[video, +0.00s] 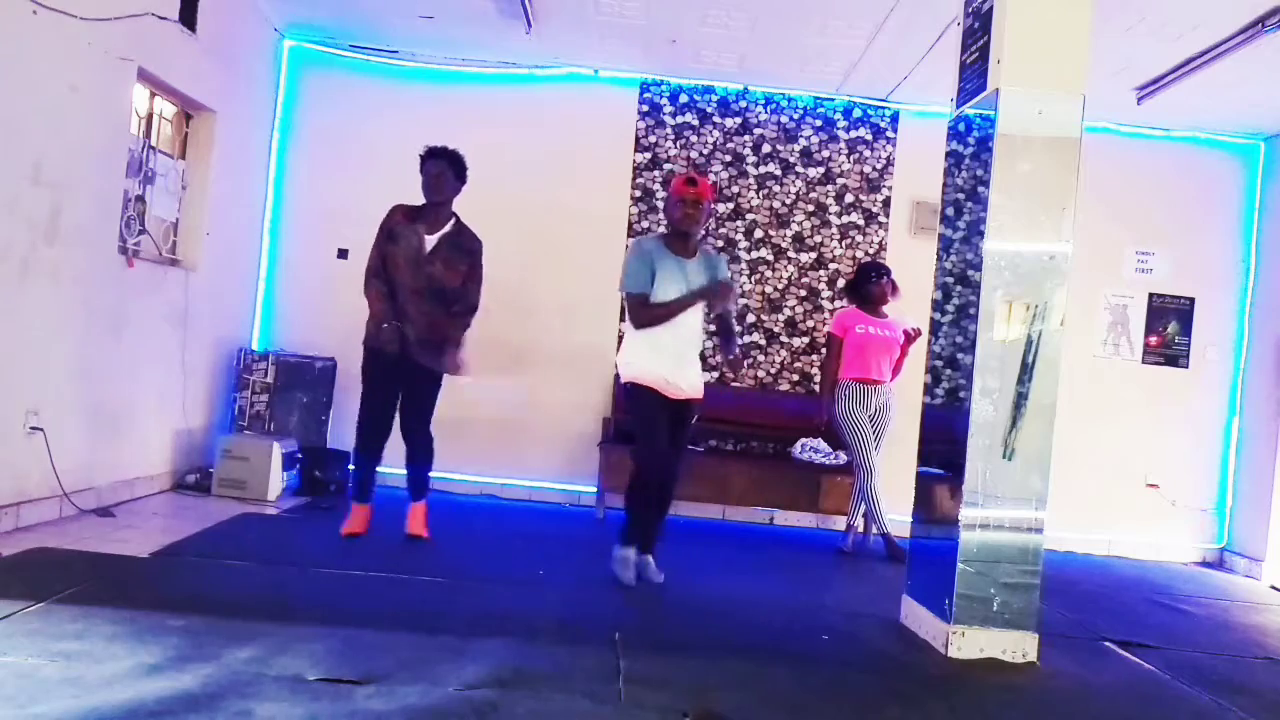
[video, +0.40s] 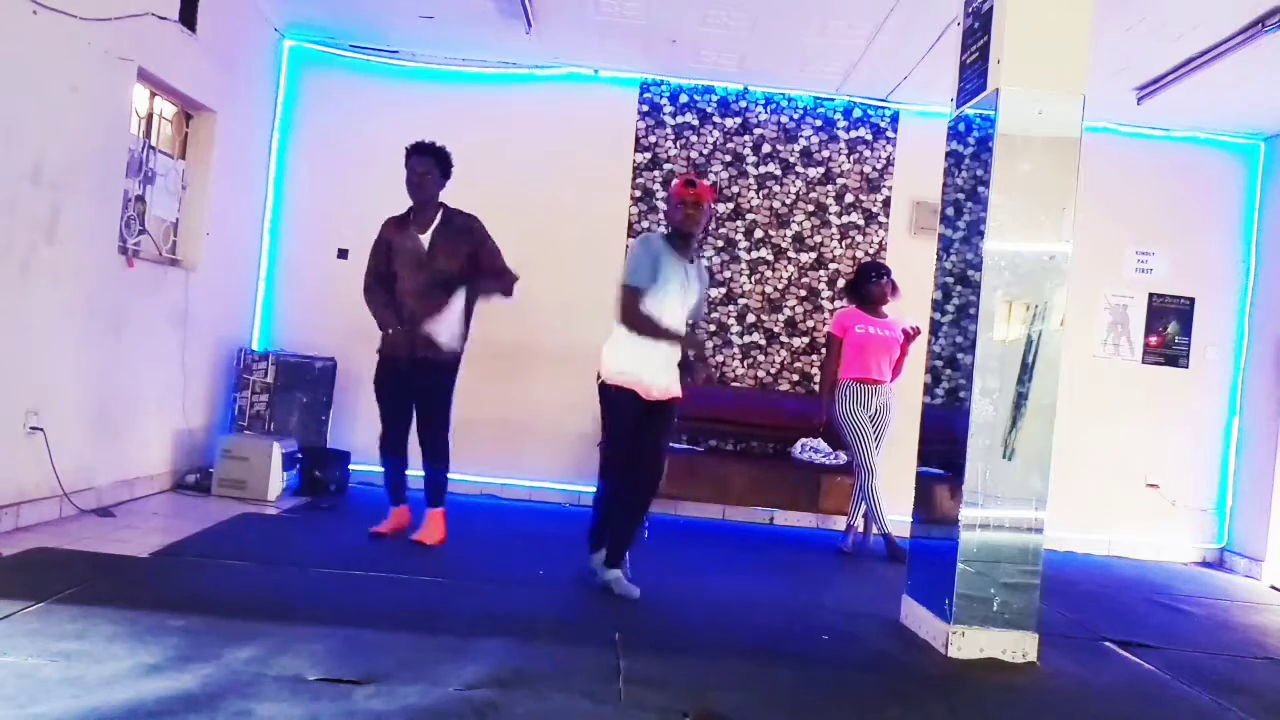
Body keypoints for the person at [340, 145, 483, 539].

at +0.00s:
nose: (431, 182)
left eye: (440, 176)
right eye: (427, 175)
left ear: (459, 183)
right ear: (420, 178)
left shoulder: (468, 243)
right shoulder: (398, 219)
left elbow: (468, 302)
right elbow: (374, 274)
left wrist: (445, 341)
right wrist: (384, 320)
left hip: (428, 353)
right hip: (384, 344)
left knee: (416, 430)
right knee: (371, 425)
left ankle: (418, 507)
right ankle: (361, 506)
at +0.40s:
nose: (416, 181)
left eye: (425, 174)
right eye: (411, 173)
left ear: (442, 180)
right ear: (405, 177)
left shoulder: (466, 227)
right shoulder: (392, 229)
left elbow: (503, 280)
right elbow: (373, 285)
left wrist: (463, 283)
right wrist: (391, 326)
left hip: (439, 355)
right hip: (396, 352)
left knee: (432, 437)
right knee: (392, 435)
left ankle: (435, 515)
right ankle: (399, 510)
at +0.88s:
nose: (429, 181)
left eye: (437, 175)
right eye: (424, 174)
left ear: (453, 180)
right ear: (415, 178)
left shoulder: (468, 237)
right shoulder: (394, 217)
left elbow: (467, 298)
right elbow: (382, 275)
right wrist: (403, 326)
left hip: (440, 348)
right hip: (395, 341)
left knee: (432, 426)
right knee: (385, 419)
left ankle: (442, 506)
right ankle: (353, 494)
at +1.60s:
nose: (426, 187)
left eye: (436, 182)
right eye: (423, 180)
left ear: (453, 191)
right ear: (416, 184)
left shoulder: (468, 235)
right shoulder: (394, 234)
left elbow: (494, 290)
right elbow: (378, 292)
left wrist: (486, 298)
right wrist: (399, 343)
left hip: (444, 351)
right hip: (399, 349)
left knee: (440, 425)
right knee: (405, 423)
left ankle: (415, 491)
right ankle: (406, 504)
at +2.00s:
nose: (420, 180)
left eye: (429, 174)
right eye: (415, 173)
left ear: (445, 181)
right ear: (409, 178)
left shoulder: (462, 233)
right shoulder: (396, 212)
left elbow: (471, 285)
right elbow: (379, 267)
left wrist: (476, 325)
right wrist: (390, 318)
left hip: (434, 342)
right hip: (390, 336)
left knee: (421, 426)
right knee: (381, 420)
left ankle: (412, 500)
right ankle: (367, 499)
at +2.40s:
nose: (414, 182)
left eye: (422, 175)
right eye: (408, 175)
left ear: (440, 184)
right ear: (401, 183)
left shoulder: (458, 224)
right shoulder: (390, 238)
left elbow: (491, 280)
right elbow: (364, 295)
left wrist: (464, 283)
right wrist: (386, 335)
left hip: (438, 346)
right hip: (393, 344)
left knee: (425, 427)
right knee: (383, 426)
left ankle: (437, 509)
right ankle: (375, 507)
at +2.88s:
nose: (418, 194)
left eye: (426, 188)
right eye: (413, 187)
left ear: (443, 193)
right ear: (406, 189)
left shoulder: (454, 242)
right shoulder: (388, 217)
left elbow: (460, 302)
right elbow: (372, 275)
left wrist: (482, 339)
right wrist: (387, 328)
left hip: (431, 351)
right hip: (388, 344)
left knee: (421, 428)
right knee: (379, 423)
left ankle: (422, 509)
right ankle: (354, 492)